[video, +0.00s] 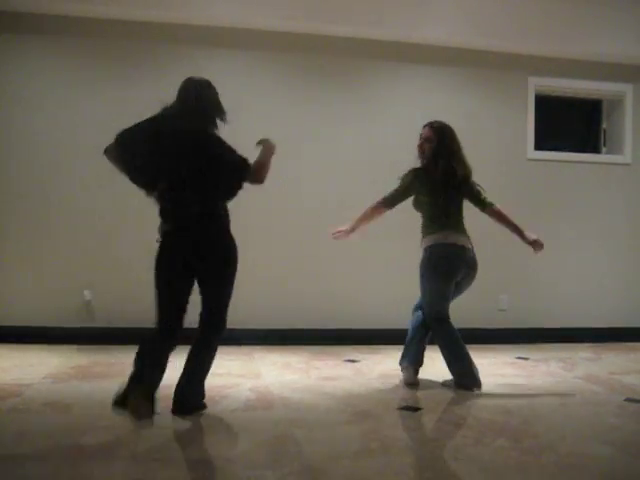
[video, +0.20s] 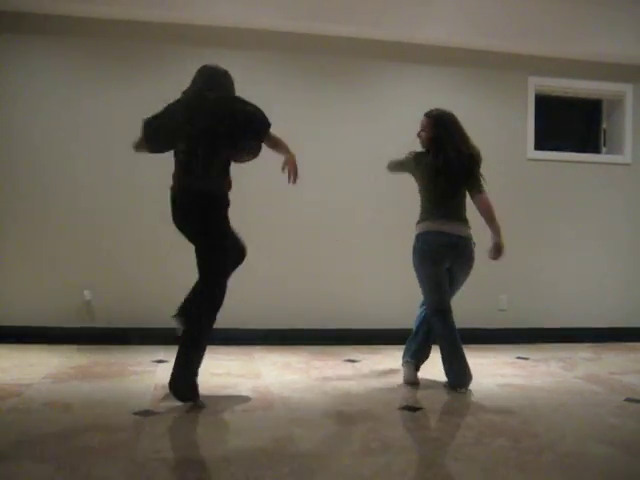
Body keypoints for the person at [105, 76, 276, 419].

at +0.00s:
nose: (216, 114)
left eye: (214, 107)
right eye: (215, 107)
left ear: (179, 102)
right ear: (211, 108)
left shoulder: (159, 133)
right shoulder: (210, 144)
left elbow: (115, 151)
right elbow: (256, 175)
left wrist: (152, 185)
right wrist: (267, 150)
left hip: (173, 242)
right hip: (215, 243)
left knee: (168, 324)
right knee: (213, 323)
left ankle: (139, 394)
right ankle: (188, 399)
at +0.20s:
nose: (228, 93)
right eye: (228, 87)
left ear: (196, 86)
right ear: (227, 88)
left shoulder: (180, 110)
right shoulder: (233, 110)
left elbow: (145, 141)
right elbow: (264, 134)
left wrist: (179, 137)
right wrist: (288, 153)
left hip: (181, 208)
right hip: (211, 209)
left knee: (234, 251)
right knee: (211, 292)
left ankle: (191, 309)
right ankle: (183, 379)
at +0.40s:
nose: (247, 113)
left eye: (245, 108)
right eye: (245, 107)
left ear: (209, 104)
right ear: (241, 107)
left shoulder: (194, 134)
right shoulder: (240, 132)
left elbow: (186, 178)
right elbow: (254, 174)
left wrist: (207, 196)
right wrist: (274, 208)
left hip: (196, 220)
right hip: (218, 221)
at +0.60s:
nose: (251, 132)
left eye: (251, 126)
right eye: (247, 126)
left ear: (233, 130)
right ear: (233, 129)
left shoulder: (231, 160)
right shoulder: (215, 162)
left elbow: (242, 199)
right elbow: (201, 208)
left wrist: (273, 193)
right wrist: (230, 236)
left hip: (234, 241)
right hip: (219, 243)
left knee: (247, 301)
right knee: (238, 305)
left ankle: (229, 356)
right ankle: (201, 379)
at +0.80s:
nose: (243, 126)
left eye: (247, 121)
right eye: (237, 121)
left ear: (252, 125)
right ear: (225, 124)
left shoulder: (250, 153)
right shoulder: (216, 151)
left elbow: (252, 185)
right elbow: (196, 183)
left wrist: (260, 210)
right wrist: (223, 186)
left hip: (233, 233)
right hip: (216, 233)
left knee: (241, 295)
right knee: (236, 295)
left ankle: (227, 355)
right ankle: (215, 364)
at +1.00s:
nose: (244, 125)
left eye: (249, 120)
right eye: (239, 119)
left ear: (255, 125)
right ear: (229, 122)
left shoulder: (246, 155)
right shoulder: (222, 145)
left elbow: (246, 190)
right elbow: (208, 172)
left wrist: (247, 207)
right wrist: (235, 197)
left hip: (237, 231)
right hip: (218, 230)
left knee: (237, 294)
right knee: (233, 293)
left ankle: (229, 356)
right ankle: (220, 363)